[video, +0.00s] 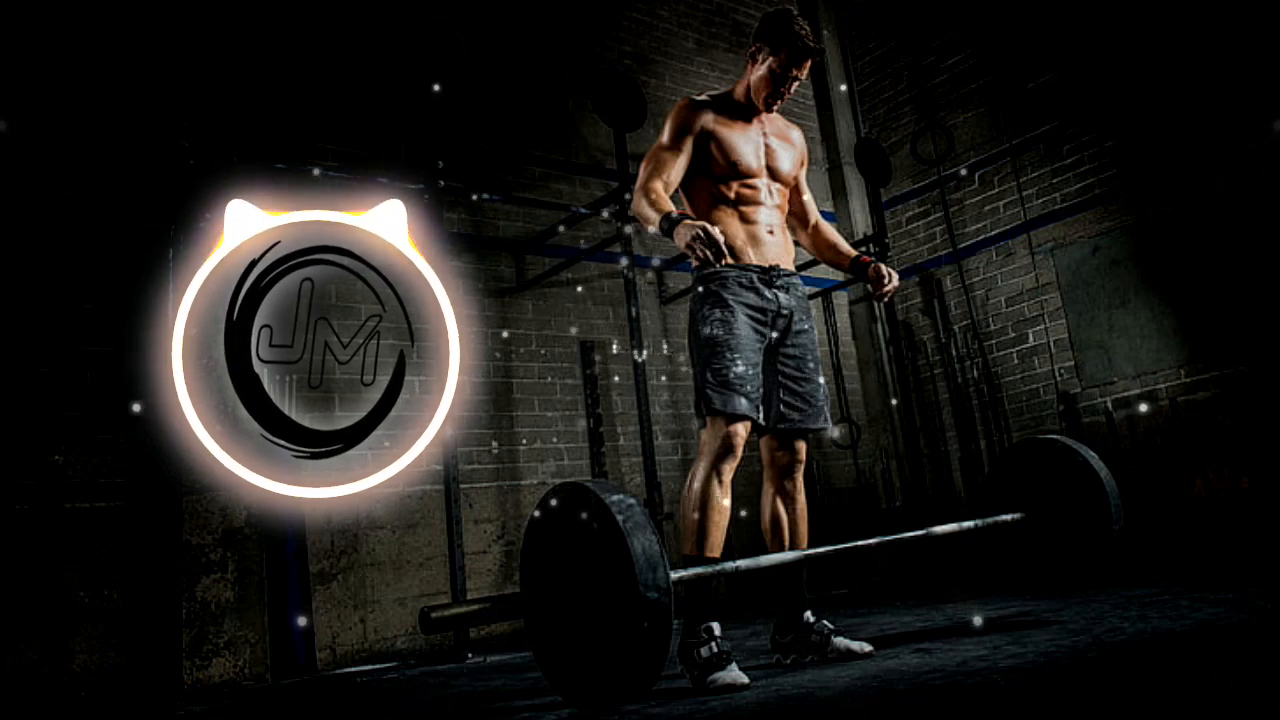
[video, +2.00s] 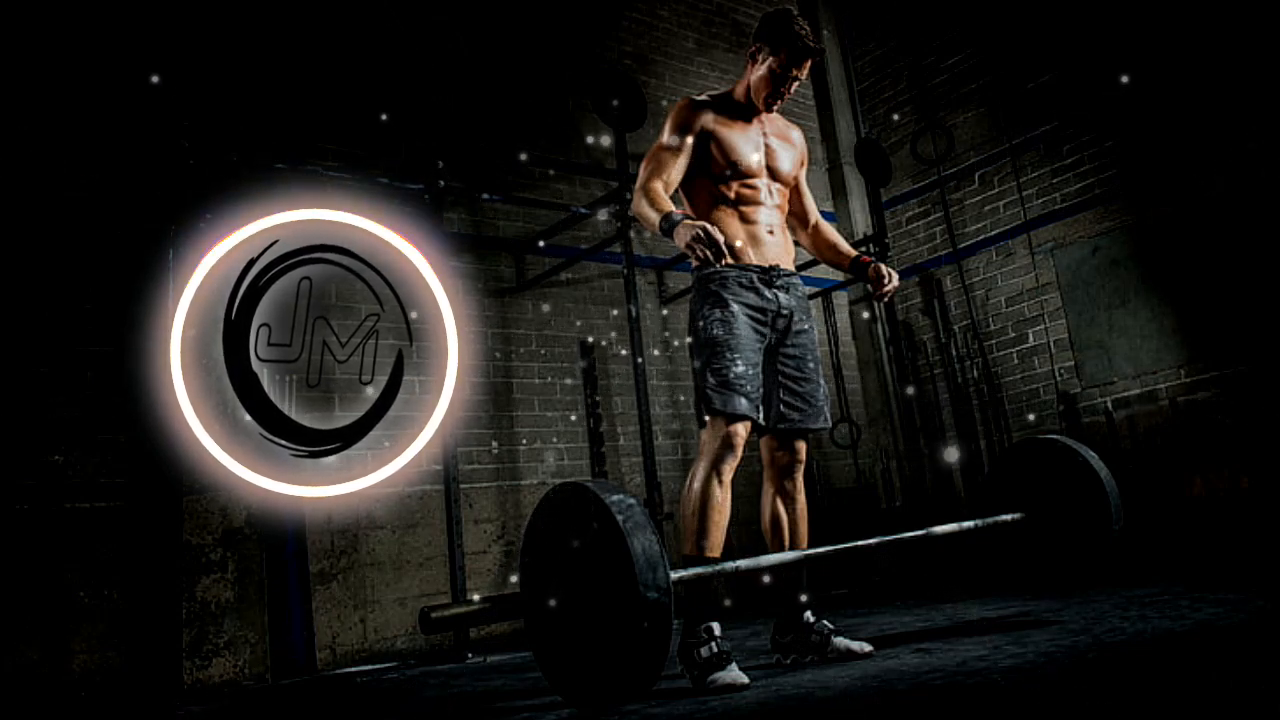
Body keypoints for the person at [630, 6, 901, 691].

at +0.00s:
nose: (789, 89)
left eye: (799, 79)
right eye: (787, 73)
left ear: (800, 76)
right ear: (756, 57)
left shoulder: (792, 137)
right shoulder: (698, 115)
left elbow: (807, 223)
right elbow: (645, 197)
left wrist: (860, 264)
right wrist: (675, 226)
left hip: (791, 297)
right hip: (731, 292)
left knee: (790, 455)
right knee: (730, 437)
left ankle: (798, 624)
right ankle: (699, 634)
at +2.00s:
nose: (789, 89)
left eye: (799, 79)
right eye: (786, 72)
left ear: (801, 76)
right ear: (756, 57)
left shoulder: (792, 137)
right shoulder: (697, 115)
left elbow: (808, 224)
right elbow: (646, 197)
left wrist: (860, 264)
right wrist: (677, 225)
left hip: (791, 297)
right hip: (731, 292)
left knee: (790, 455)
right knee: (730, 436)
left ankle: (796, 624)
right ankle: (699, 634)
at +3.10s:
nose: (788, 91)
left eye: (798, 80)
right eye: (785, 74)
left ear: (800, 77)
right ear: (756, 58)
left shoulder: (792, 136)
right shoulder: (699, 115)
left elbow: (809, 224)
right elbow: (644, 197)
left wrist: (860, 265)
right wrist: (675, 226)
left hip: (790, 297)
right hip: (730, 292)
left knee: (790, 455)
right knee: (729, 437)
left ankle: (798, 625)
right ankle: (699, 634)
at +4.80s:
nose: (791, 89)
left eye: (800, 79)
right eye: (788, 74)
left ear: (802, 76)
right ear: (756, 58)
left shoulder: (793, 138)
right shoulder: (697, 115)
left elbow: (809, 225)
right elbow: (644, 199)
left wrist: (860, 264)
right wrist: (676, 225)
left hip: (790, 297)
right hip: (730, 292)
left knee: (789, 455)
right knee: (729, 438)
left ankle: (797, 625)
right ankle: (699, 634)